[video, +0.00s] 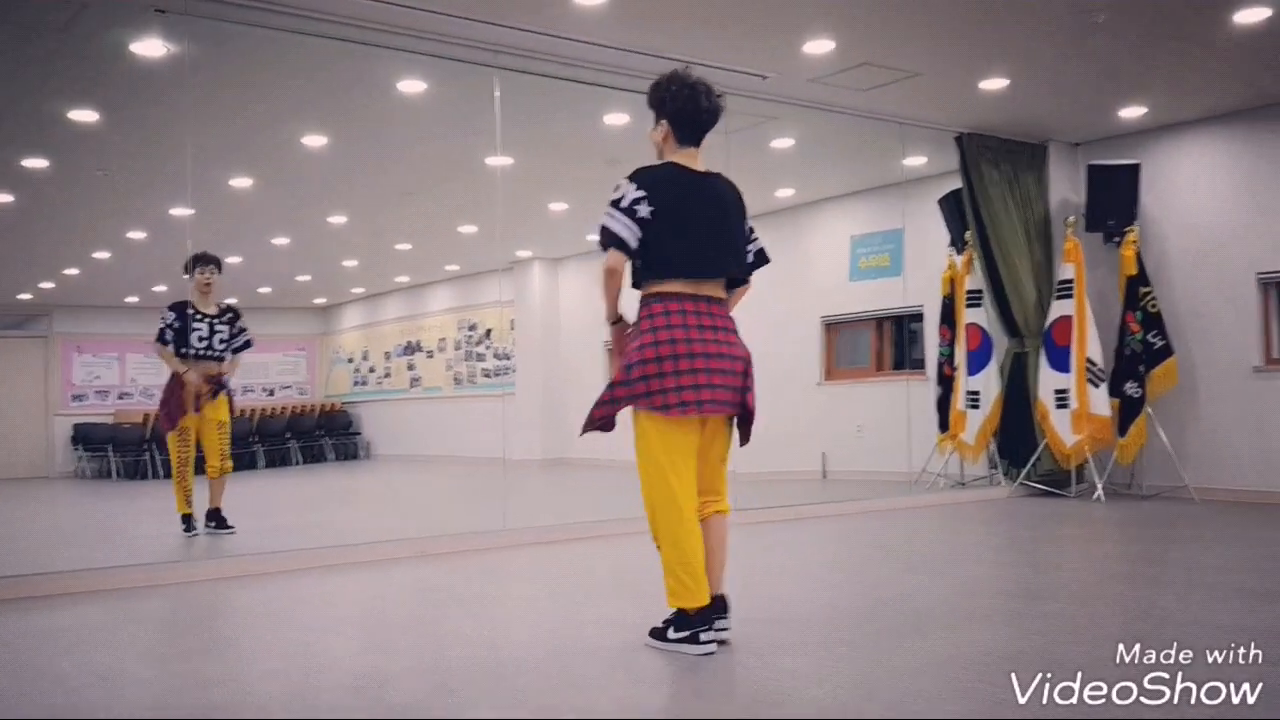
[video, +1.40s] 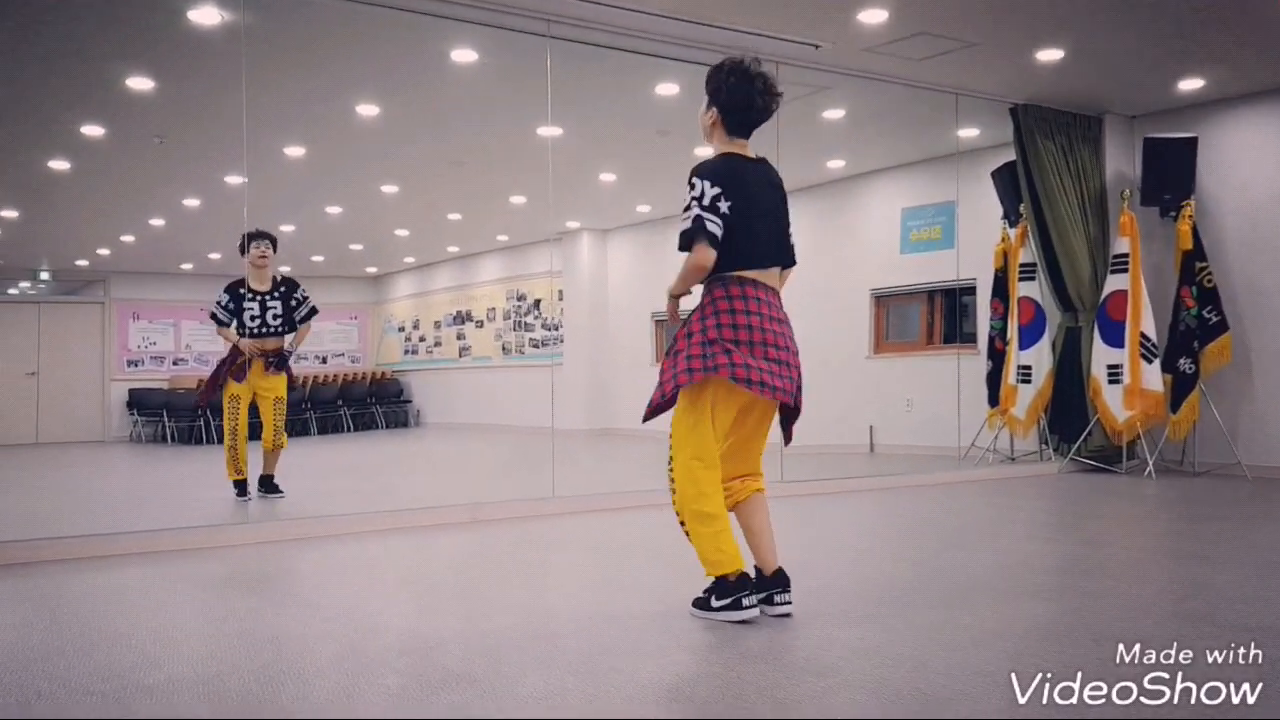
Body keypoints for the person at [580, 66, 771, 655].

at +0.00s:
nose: (650, 132)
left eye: (652, 123)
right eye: (654, 123)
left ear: (662, 128)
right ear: (706, 130)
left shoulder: (643, 185)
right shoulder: (728, 192)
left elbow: (615, 262)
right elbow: (748, 271)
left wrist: (613, 320)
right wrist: (711, 316)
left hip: (663, 333)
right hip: (720, 334)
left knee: (669, 484)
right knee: (711, 481)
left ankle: (690, 615)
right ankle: (712, 602)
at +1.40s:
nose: (701, 115)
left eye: (704, 106)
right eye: (706, 106)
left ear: (712, 114)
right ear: (754, 119)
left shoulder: (711, 172)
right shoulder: (770, 177)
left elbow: (703, 258)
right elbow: (787, 262)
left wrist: (675, 291)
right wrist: (757, 310)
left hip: (723, 322)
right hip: (771, 327)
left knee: (691, 460)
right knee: (741, 466)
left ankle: (729, 578)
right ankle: (771, 577)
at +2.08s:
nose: (692, 114)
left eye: (692, 107)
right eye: (699, 109)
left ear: (695, 112)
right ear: (747, 114)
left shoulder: (664, 170)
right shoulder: (766, 177)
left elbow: (637, 252)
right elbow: (782, 269)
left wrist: (636, 327)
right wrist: (758, 324)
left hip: (683, 327)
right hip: (751, 324)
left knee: (699, 467)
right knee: (771, 443)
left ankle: (729, 588)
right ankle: (763, 571)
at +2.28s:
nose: (685, 112)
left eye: (686, 103)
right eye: (688, 103)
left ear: (695, 107)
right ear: (741, 106)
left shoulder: (668, 161)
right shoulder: (767, 169)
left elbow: (634, 240)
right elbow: (784, 252)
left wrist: (638, 308)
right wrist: (747, 304)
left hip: (683, 312)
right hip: (747, 314)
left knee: (695, 457)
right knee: (756, 448)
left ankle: (726, 586)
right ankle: (765, 565)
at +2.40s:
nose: (684, 114)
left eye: (686, 105)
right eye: (689, 105)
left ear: (694, 111)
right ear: (740, 115)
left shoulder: (676, 166)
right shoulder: (762, 174)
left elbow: (642, 236)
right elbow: (788, 244)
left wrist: (647, 287)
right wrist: (751, 295)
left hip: (696, 309)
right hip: (751, 312)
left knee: (701, 459)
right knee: (744, 457)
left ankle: (726, 587)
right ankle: (770, 576)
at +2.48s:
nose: (683, 124)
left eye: (685, 115)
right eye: (688, 115)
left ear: (694, 121)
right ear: (739, 125)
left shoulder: (691, 179)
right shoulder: (757, 185)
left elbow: (671, 260)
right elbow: (777, 265)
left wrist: (658, 284)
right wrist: (747, 313)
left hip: (706, 321)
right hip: (754, 325)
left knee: (688, 470)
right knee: (733, 476)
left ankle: (726, 589)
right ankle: (768, 583)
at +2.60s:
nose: (683, 129)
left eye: (685, 120)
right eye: (687, 120)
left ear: (692, 128)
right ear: (738, 131)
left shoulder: (695, 187)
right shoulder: (753, 189)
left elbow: (697, 273)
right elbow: (776, 269)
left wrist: (668, 296)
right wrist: (750, 323)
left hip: (713, 332)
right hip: (760, 338)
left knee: (676, 482)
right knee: (727, 480)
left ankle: (722, 586)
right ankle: (767, 585)